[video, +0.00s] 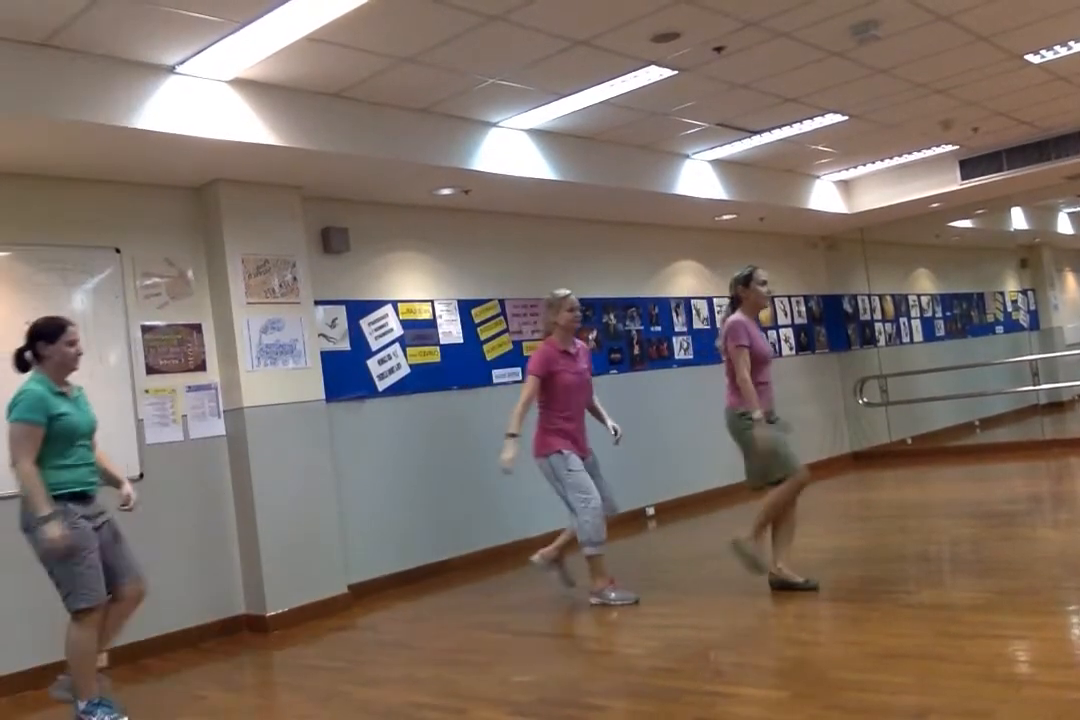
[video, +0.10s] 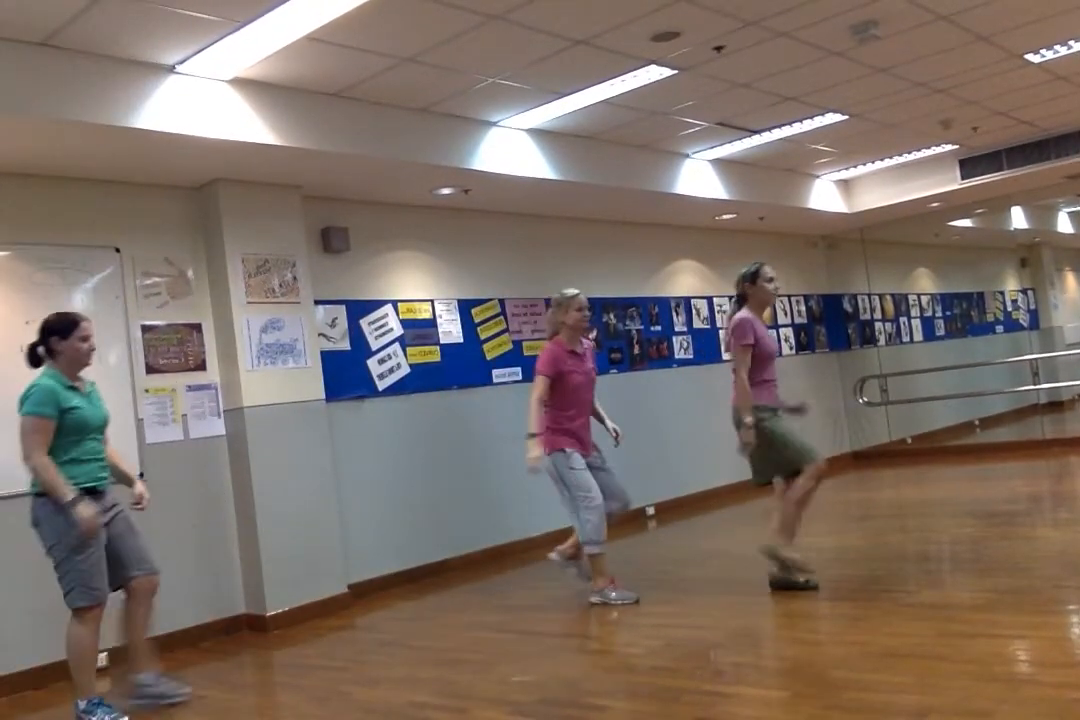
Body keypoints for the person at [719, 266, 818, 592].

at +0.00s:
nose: (768, 290)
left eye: (767, 285)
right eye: (761, 284)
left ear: (748, 293)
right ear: (742, 291)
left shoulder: (751, 326)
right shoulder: (737, 325)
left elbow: (757, 377)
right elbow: (742, 376)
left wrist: (770, 413)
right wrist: (757, 417)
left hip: (761, 413)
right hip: (747, 415)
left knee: (786, 487)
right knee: (798, 476)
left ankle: (779, 565)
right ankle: (751, 539)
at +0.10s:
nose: (776, 287)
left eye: (776, 281)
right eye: (769, 281)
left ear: (756, 290)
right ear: (749, 287)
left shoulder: (757, 324)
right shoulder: (744, 322)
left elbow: (759, 382)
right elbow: (740, 375)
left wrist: (785, 406)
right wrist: (746, 422)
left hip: (765, 414)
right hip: (756, 416)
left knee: (790, 485)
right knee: (814, 465)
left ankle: (781, 570)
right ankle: (780, 545)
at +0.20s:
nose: (786, 283)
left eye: (786, 277)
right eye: (779, 278)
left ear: (771, 286)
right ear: (758, 284)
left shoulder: (767, 320)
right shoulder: (749, 319)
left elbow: (772, 371)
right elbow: (738, 370)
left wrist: (807, 381)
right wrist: (737, 419)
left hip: (771, 407)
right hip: (762, 409)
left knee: (790, 482)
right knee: (821, 464)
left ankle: (779, 566)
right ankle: (825, 552)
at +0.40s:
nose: (817, 303)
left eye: (815, 298)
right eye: (812, 298)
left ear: (796, 305)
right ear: (795, 305)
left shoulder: (790, 337)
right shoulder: (772, 340)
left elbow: (785, 383)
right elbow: (757, 390)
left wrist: (815, 402)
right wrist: (782, 425)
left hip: (774, 417)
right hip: (767, 419)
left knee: (808, 490)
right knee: (819, 480)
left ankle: (777, 556)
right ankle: (829, 561)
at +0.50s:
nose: (820, 312)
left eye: (819, 306)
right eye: (815, 307)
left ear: (796, 311)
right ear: (798, 311)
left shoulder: (778, 340)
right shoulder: (781, 344)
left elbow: (765, 392)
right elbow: (776, 395)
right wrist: (814, 406)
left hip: (756, 420)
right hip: (761, 421)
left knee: (800, 487)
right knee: (815, 481)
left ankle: (759, 551)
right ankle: (829, 562)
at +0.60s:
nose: (816, 316)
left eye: (816, 310)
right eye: (812, 310)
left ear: (786, 311)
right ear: (798, 313)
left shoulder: (760, 334)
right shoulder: (782, 343)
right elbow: (790, 388)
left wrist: (724, 398)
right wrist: (829, 379)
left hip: (739, 418)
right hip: (754, 419)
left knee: (778, 486)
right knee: (798, 482)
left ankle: (743, 547)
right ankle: (828, 560)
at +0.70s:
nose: (807, 321)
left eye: (807, 315)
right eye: (804, 315)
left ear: (783, 316)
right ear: (789, 317)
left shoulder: (750, 332)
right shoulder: (776, 347)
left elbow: (713, 353)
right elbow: (793, 383)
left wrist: (704, 390)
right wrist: (828, 360)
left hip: (727, 420)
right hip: (742, 423)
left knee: (759, 489)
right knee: (782, 486)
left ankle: (731, 554)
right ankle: (822, 560)